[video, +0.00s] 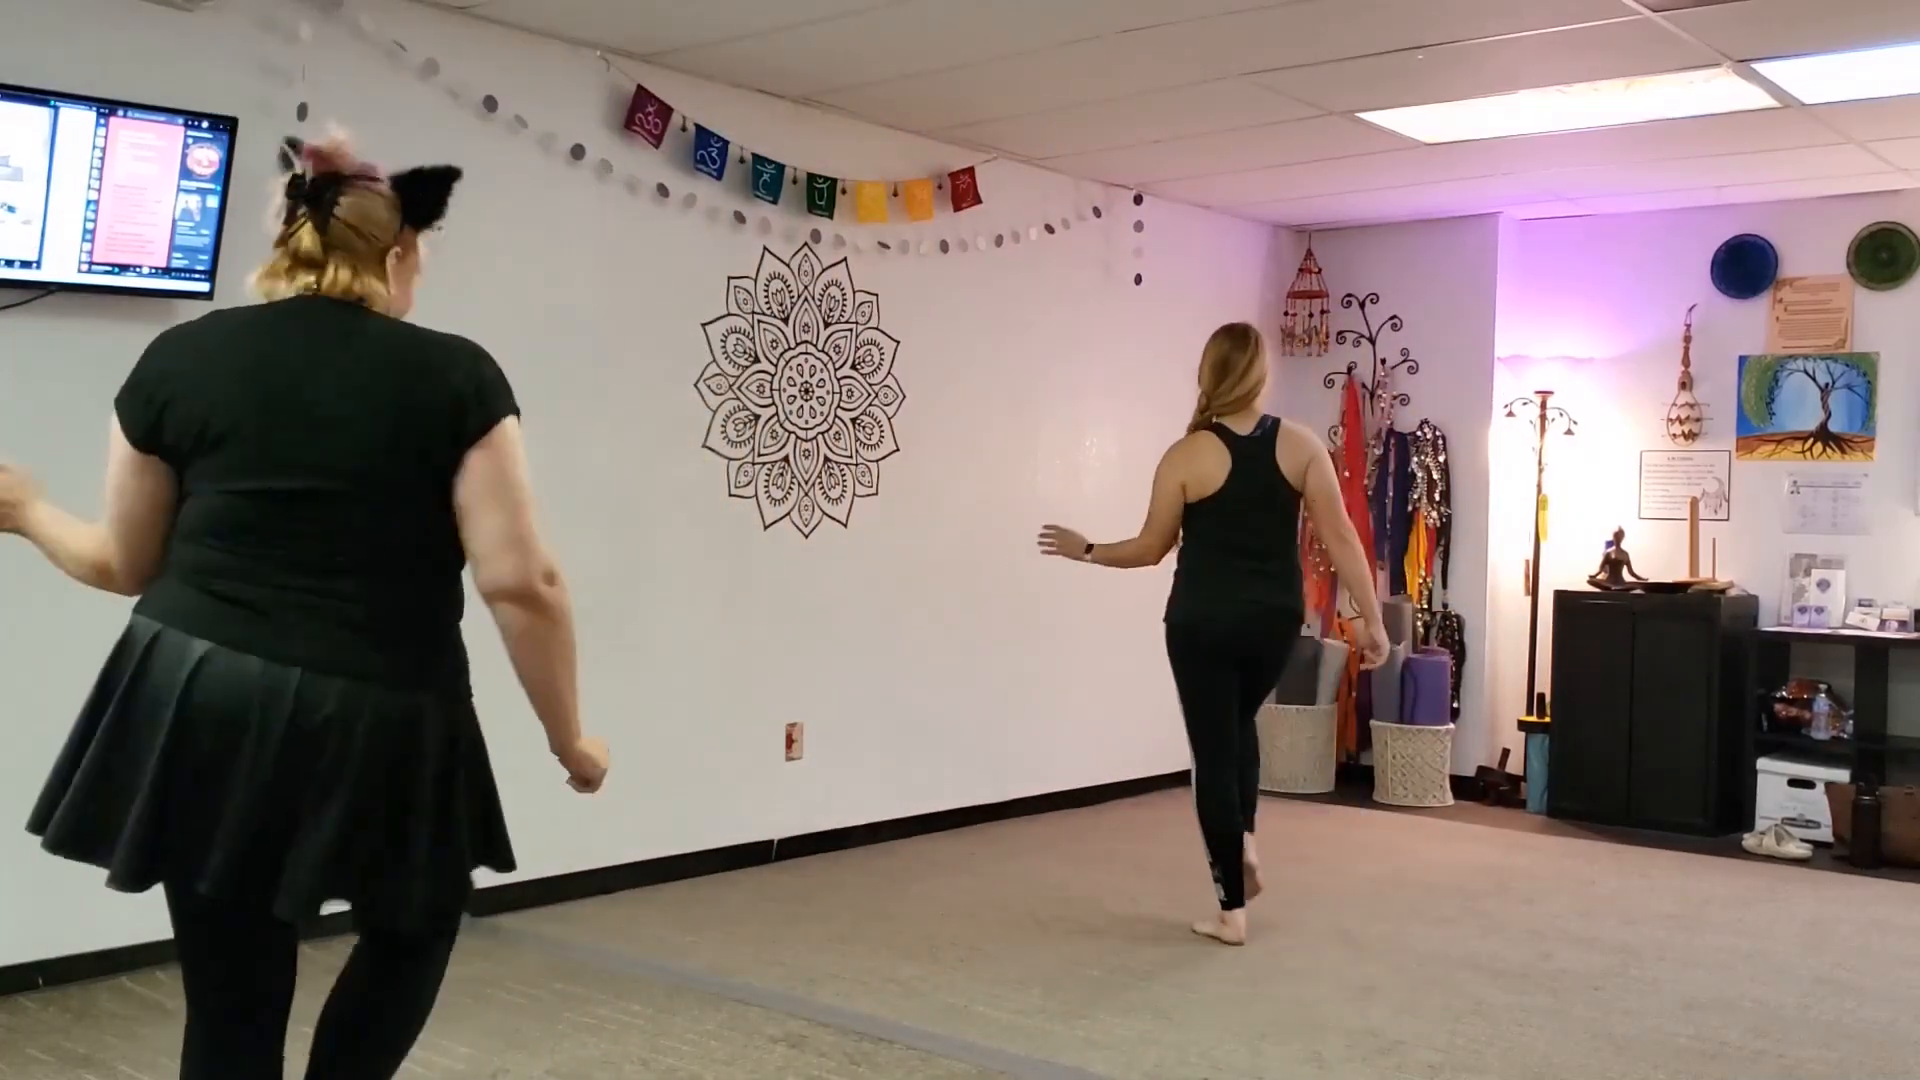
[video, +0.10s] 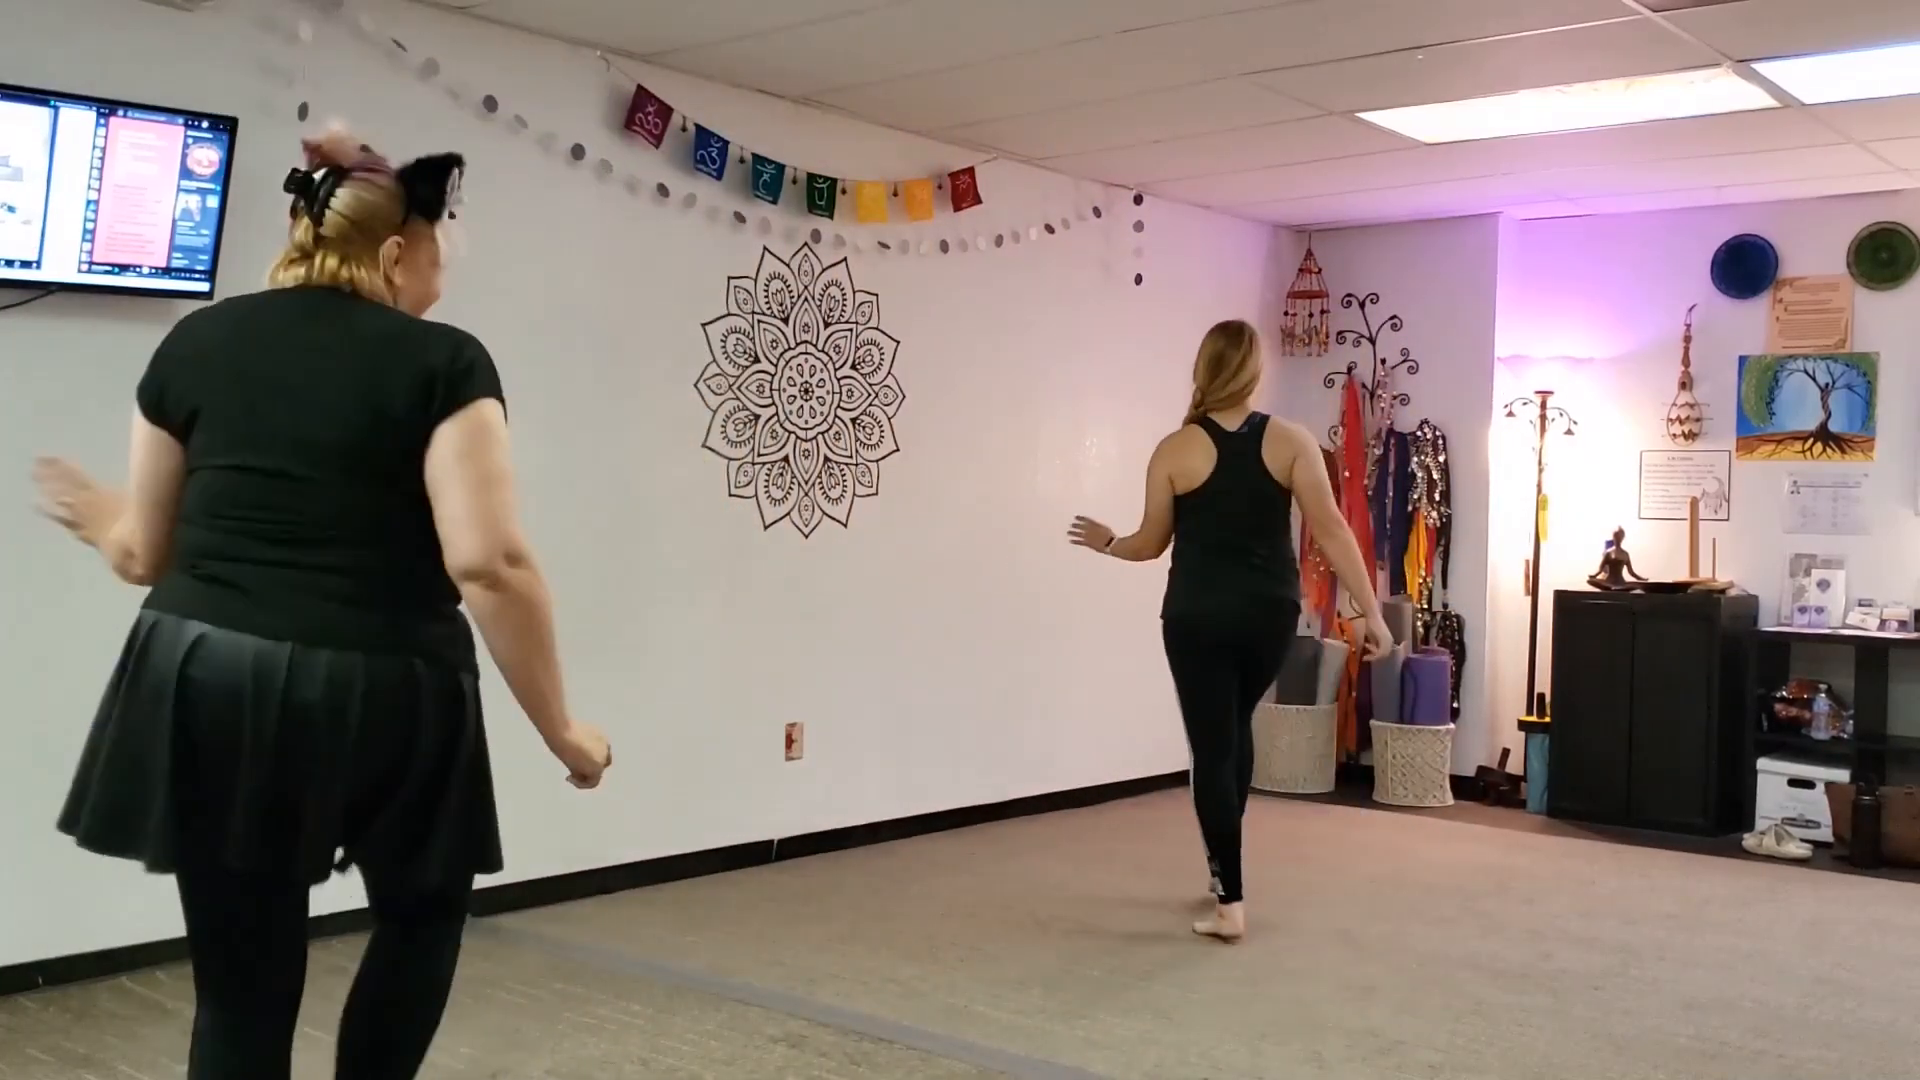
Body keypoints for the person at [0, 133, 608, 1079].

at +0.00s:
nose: (418, 281)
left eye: (419, 262)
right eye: (417, 261)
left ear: (285, 245)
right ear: (395, 256)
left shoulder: (182, 358)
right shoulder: (452, 376)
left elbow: (126, 565)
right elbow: (517, 580)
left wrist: (26, 511)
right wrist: (569, 737)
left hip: (203, 700)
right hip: (382, 716)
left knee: (232, 1004)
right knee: (416, 922)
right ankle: (340, 1072)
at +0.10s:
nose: (439, 280)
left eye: (440, 259)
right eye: (435, 257)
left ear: (307, 244)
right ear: (395, 253)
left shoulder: (199, 339)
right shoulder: (440, 359)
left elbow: (145, 557)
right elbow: (485, 561)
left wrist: (94, 515)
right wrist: (559, 727)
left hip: (207, 680)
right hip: (386, 692)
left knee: (242, 986)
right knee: (421, 921)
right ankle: (368, 1073)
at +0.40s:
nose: (487, 290)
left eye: (489, 271)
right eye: (480, 270)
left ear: (386, 262)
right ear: (421, 267)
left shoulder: (281, 356)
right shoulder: (448, 366)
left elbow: (259, 518)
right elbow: (462, 541)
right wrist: (537, 723)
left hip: (260, 672)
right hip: (408, 690)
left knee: (273, 981)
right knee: (450, 975)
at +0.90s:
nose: (615, 308)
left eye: (616, 289)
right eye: (607, 287)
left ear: (530, 280)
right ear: (547, 284)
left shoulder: (461, 362)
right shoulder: (527, 384)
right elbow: (520, 551)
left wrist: (530, 221)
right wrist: (586, 707)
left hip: (469, 648)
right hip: (546, 661)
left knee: (515, 880)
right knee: (559, 918)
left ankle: (366, 992)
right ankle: (497, 1077)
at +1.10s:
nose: (671, 310)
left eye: (673, 291)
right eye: (655, 287)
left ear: (584, 286)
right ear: (584, 283)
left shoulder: (533, 364)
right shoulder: (555, 370)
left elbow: (482, 539)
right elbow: (540, 533)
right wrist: (686, 627)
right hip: (567, 659)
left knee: (696, 840)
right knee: (576, 914)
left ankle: (501, 953)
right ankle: (507, 1073)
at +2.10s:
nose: (932, 310)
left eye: (941, 294)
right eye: (912, 290)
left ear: (945, 299)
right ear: (847, 293)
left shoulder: (928, 408)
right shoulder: (788, 384)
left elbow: (1011, 534)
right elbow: (722, 534)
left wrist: (1045, 416)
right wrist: (706, 682)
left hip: (909, 677)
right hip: (821, 676)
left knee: (859, 914)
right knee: (905, 927)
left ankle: (821, 1069)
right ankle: (820, 1067)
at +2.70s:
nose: (1037, 280)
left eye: (1048, 263)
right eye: (1015, 259)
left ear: (1058, 272)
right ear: (953, 266)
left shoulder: (1072, 388)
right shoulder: (887, 380)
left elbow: (1141, 540)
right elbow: (804, 536)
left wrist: (1275, 576)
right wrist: (742, 689)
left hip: (1028, 685)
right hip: (916, 680)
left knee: (930, 919)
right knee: (976, 937)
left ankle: (856, 1074)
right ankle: (982, 1072)